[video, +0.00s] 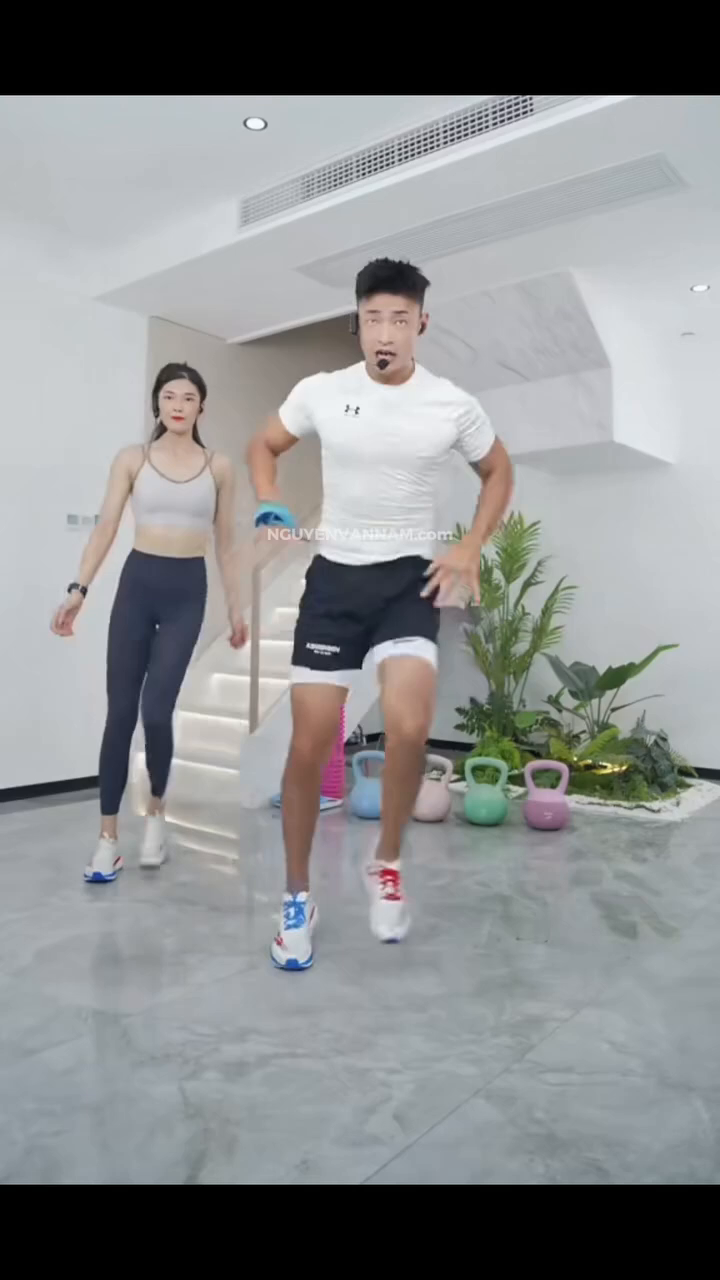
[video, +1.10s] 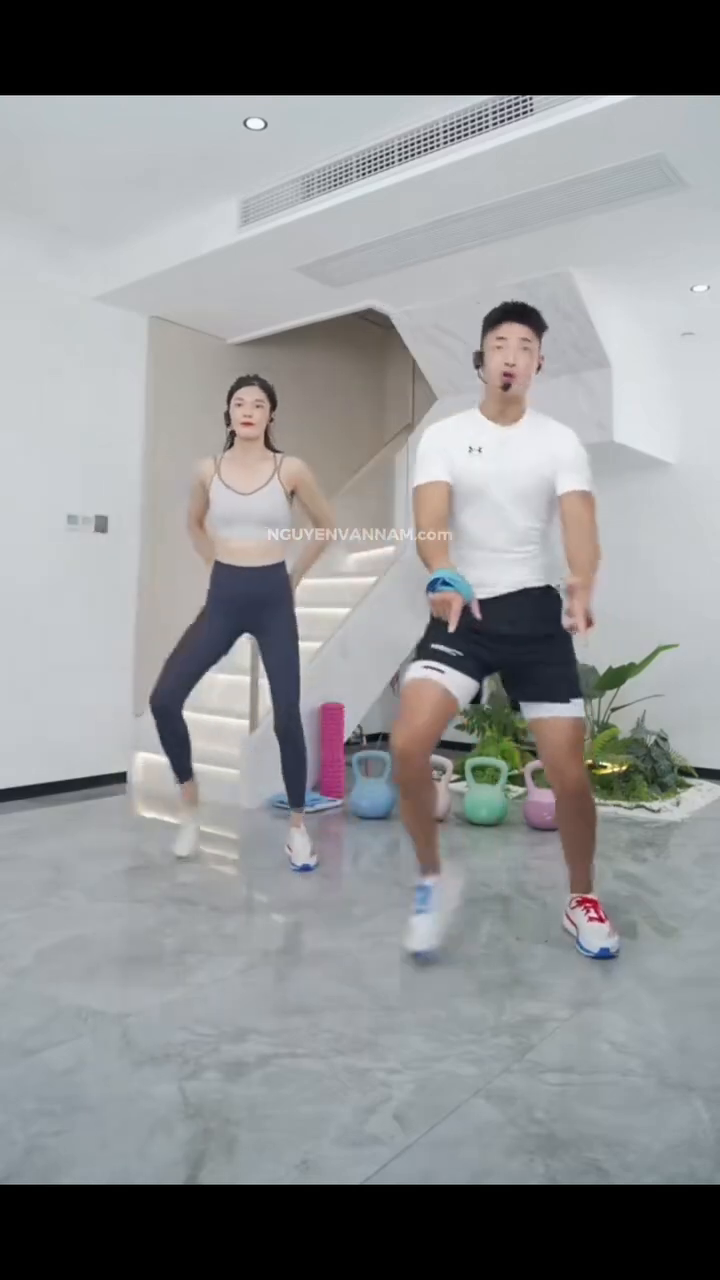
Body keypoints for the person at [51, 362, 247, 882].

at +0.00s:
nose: (179, 405)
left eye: (188, 398)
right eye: (170, 396)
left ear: (202, 406)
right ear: (157, 404)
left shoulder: (218, 467)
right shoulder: (133, 459)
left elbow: (226, 544)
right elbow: (106, 529)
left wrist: (236, 610)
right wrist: (79, 591)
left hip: (188, 594)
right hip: (135, 590)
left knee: (156, 713)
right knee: (121, 714)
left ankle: (155, 813)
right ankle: (108, 835)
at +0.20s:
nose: (180, 413)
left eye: (188, 406)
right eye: (171, 405)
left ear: (200, 415)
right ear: (156, 412)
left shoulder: (215, 473)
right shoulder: (131, 467)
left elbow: (224, 552)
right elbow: (109, 538)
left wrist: (232, 622)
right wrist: (96, 597)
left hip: (193, 601)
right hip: (138, 598)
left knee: (215, 710)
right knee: (119, 717)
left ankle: (187, 800)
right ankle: (109, 835)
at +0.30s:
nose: (189, 410)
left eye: (197, 403)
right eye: (180, 402)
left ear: (209, 412)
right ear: (165, 409)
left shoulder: (225, 470)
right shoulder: (142, 463)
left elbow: (237, 545)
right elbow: (120, 536)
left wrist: (250, 610)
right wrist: (116, 599)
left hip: (202, 601)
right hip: (147, 599)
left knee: (245, 705)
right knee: (126, 720)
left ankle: (242, 796)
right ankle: (110, 835)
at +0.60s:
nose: (234, 412)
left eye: (243, 405)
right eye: (226, 405)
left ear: (257, 415)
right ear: (214, 414)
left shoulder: (278, 470)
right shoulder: (196, 471)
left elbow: (306, 537)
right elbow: (184, 540)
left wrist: (303, 607)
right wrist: (174, 606)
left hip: (269, 599)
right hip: (215, 600)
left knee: (281, 716)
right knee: (168, 714)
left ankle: (297, 825)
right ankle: (127, 825)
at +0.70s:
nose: (245, 408)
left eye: (254, 401)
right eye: (237, 401)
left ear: (266, 411)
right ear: (224, 410)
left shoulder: (287, 465)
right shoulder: (206, 468)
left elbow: (315, 534)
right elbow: (195, 537)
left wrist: (317, 607)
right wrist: (198, 598)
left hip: (280, 596)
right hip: (228, 597)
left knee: (286, 712)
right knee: (190, 709)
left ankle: (296, 821)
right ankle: (185, 798)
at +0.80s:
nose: (249, 401)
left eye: (258, 394)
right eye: (241, 393)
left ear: (272, 404)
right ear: (229, 403)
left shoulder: (292, 458)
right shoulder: (210, 460)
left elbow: (322, 525)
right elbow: (205, 524)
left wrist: (318, 601)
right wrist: (220, 565)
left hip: (279, 585)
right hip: (228, 586)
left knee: (285, 708)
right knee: (227, 712)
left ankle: (297, 819)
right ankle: (244, 804)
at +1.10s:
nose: (249, 412)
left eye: (258, 405)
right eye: (241, 404)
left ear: (271, 416)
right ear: (228, 414)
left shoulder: (290, 470)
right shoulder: (209, 470)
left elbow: (327, 528)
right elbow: (195, 526)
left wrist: (293, 578)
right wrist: (221, 567)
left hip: (274, 599)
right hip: (224, 598)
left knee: (287, 715)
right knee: (164, 701)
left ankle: (297, 824)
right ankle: (190, 804)